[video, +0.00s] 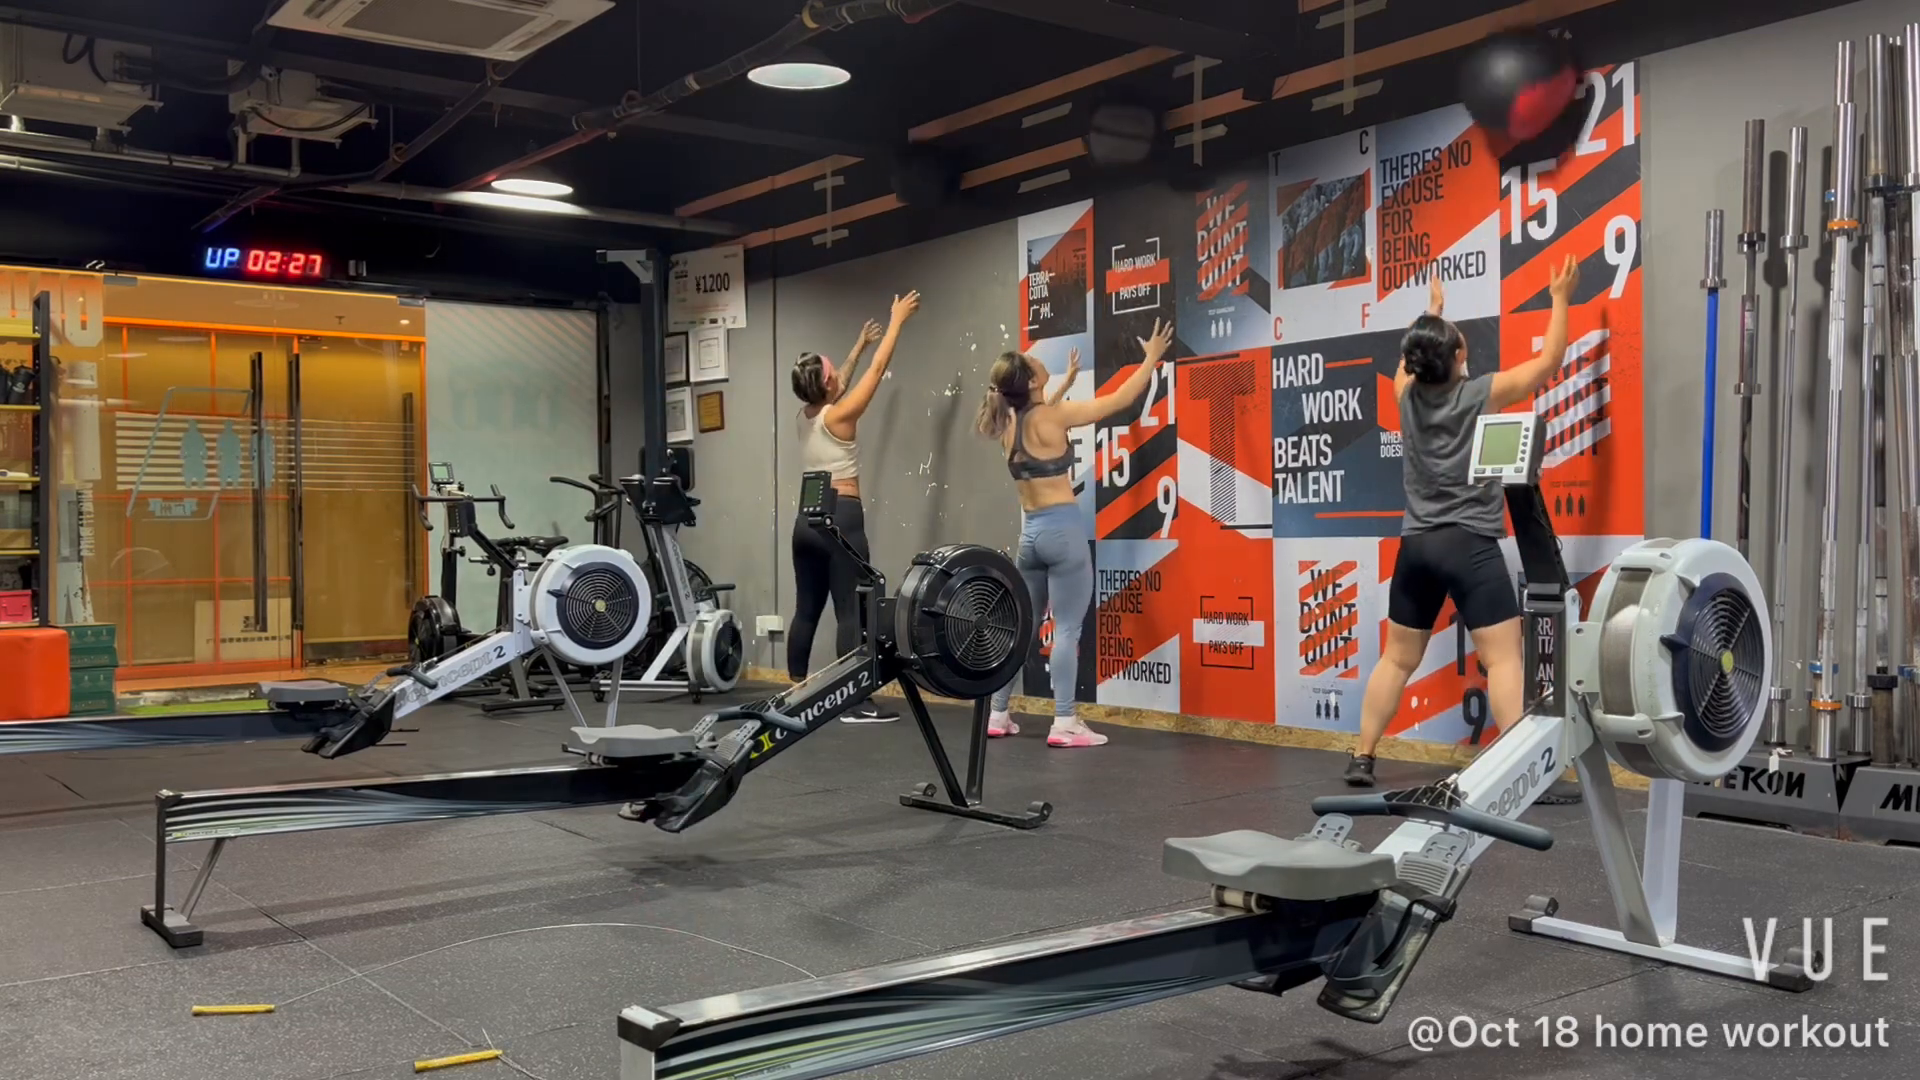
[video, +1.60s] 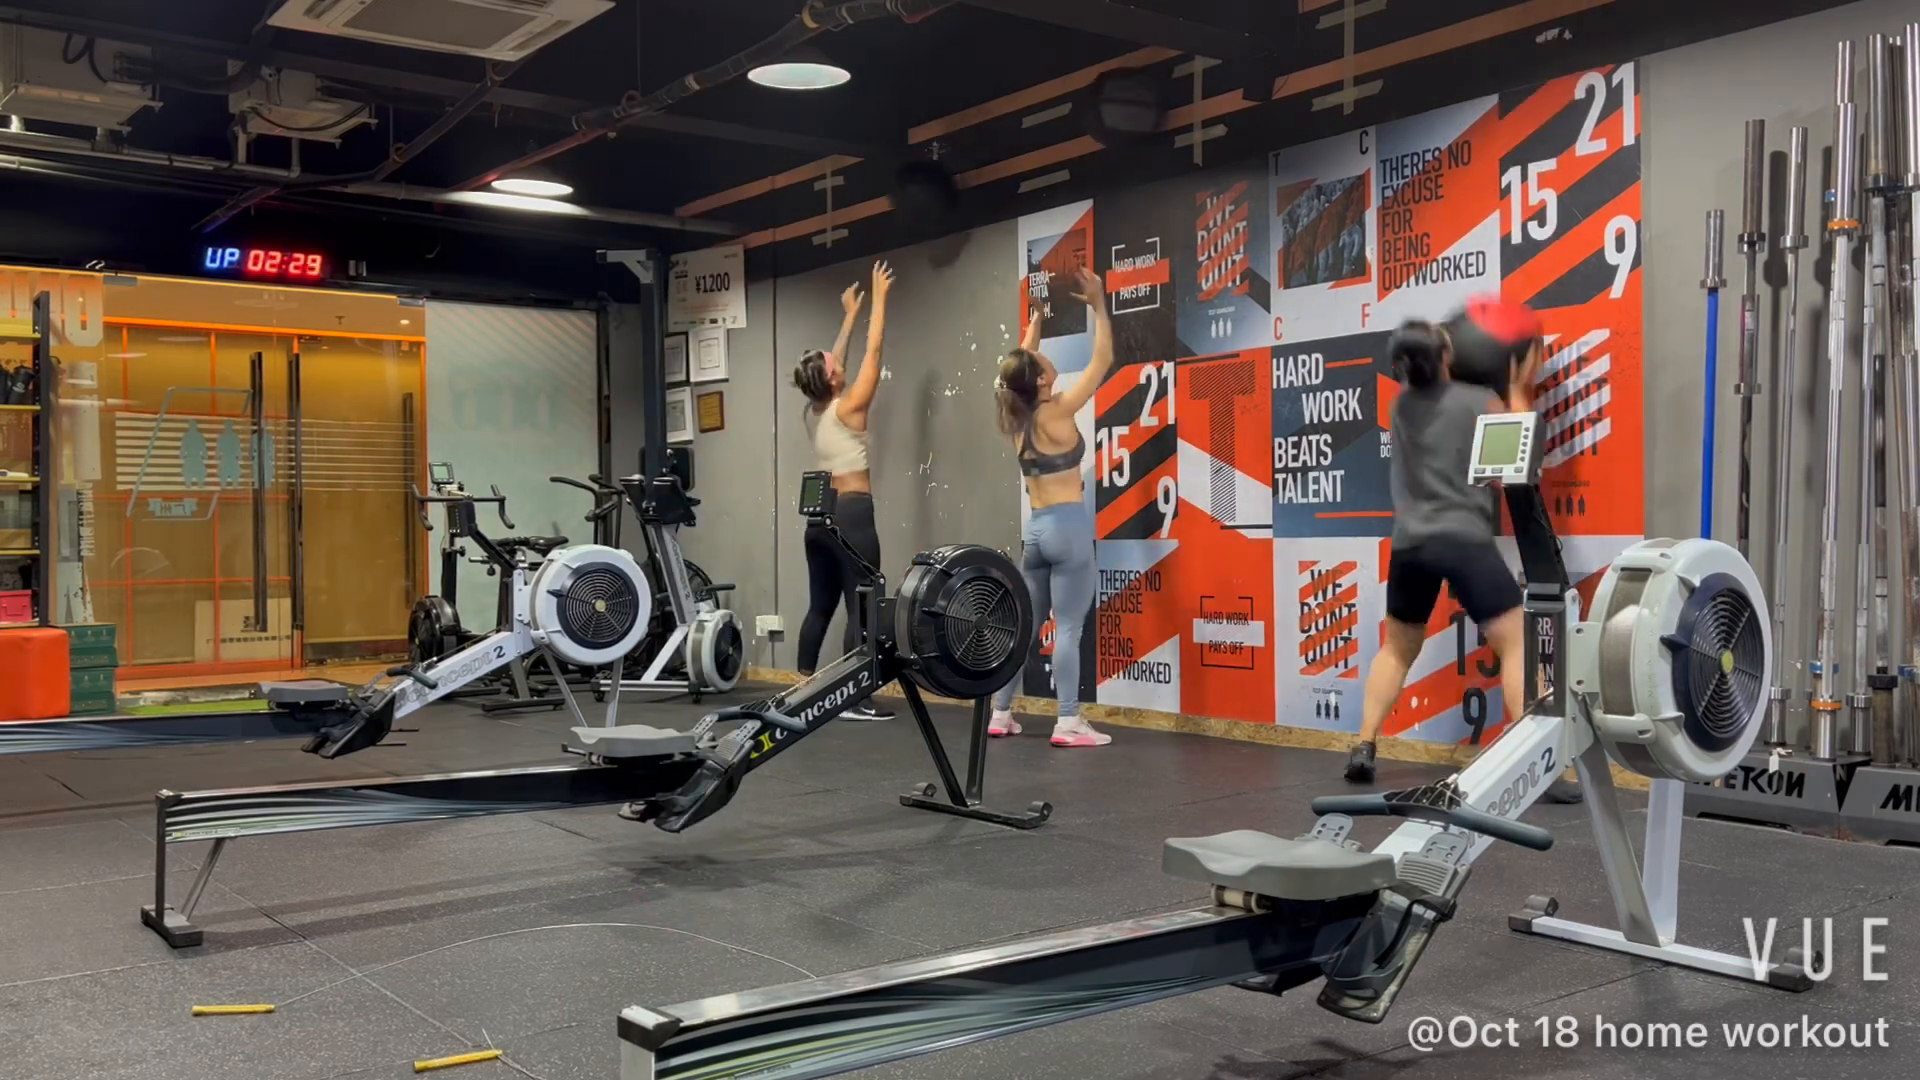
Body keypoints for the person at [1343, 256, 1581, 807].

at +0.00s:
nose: (1467, 349)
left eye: (1462, 345)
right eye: (1463, 346)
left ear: (1417, 363)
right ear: (1457, 359)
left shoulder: (1408, 396)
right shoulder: (1481, 393)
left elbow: (1408, 362)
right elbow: (1547, 363)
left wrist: (1431, 321)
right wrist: (1560, 298)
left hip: (1417, 545)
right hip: (1470, 546)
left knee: (1397, 660)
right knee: (1501, 660)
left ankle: (1361, 759)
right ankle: (1525, 772)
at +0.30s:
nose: (1467, 364)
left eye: (1463, 359)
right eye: (1463, 360)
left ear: (1418, 379)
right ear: (1458, 372)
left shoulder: (1410, 419)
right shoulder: (1485, 416)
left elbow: (1421, 398)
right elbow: (1532, 443)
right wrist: (1540, 386)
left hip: (1409, 559)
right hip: (1466, 561)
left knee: (1395, 663)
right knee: (1522, 660)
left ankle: (1360, 759)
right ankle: (1524, 770)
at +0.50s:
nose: (1479, 429)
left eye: (1474, 423)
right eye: (1475, 424)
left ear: (1426, 437)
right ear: (1470, 432)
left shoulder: (1416, 480)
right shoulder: (1488, 485)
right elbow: (1515, 554)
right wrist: (1545, 499)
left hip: (1399, 612)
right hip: (1459, 614)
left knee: (1390, 677)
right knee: (1547, 669)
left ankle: (1361, 759)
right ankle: (1541, 775)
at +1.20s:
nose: (1482, 480)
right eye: (1479, 474)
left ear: (1432, 485)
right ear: (1475, 484)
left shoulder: (1418, 525)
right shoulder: (1498, 536)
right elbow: (1513, 609)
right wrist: (1520, 573)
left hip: (1387, 650)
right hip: (1450, 649)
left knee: (1388, 683)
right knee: (1548, 672)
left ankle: (1362, 759)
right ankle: (1533, 772)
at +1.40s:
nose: (1478, 435)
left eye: (1473, 429)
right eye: (1474, 431)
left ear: (1426, 447)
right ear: (1470, 444)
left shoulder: (1414, 490)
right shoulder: (1489, 494)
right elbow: (1514, 568)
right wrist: (1533, 509)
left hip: (1390, 612)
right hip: (1451, 613)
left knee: (1392, 675)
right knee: (1542, 670)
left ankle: (1363, 757)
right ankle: (1528, 775)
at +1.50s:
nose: (1469, 402)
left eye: (1464, 395)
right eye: (1465, 397)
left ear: (1419, 412)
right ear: (1461, 406)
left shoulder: (1408, 455)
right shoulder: (1481, 451)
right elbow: (1506, 522)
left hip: (1399, 587)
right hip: (1458, 585)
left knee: (1391, 671)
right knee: (1533, 667)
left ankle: (1363, 755)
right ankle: (1525, 767)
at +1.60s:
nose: (1450, 352)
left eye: (1442, 346)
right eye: (1446, 348)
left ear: (1406, 363)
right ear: (1445, 358)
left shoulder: (1401, 407)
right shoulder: (1477, 402)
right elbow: (1523, 454)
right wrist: (1519, 391)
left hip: (1409, 547)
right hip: (1467, 544)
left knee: (1397, 647)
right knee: (1513, 646)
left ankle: (1364, 747)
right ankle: (1533, 763)